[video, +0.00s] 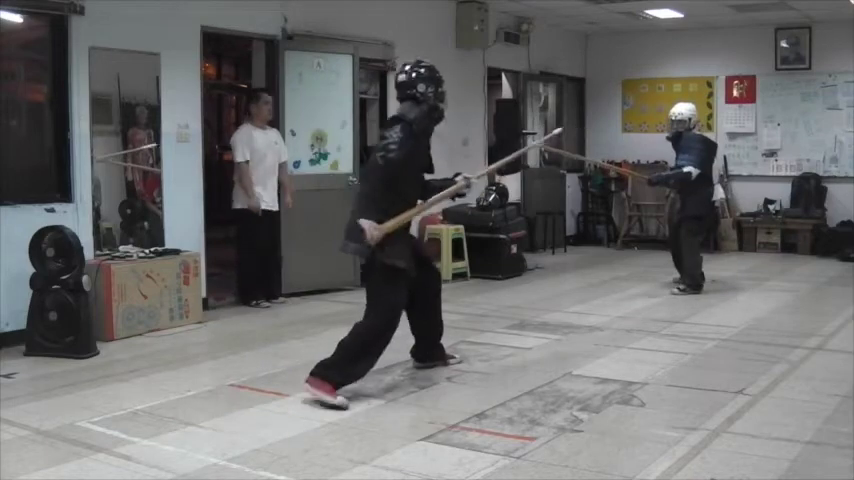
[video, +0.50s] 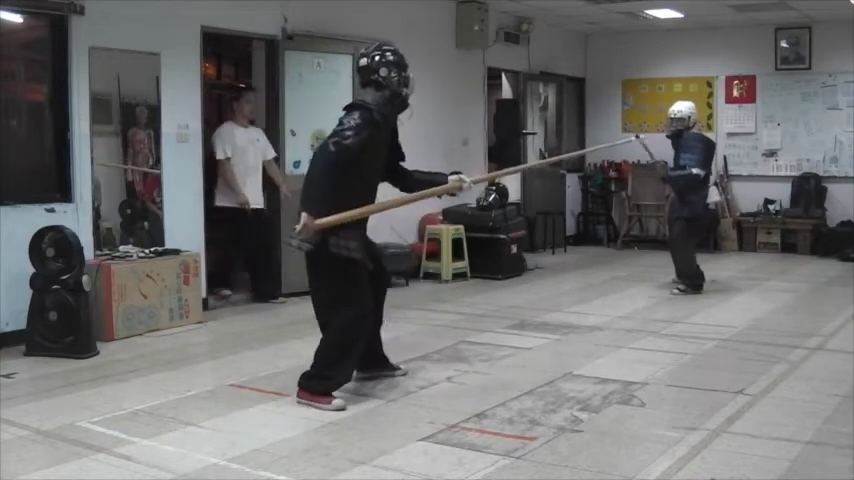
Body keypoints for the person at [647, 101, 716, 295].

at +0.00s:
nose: (676, 126)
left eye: (680, 122)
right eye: (674, 122)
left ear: (690, 122)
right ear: (671, 122)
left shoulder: (696, 141)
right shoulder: (681, 142)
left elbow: (690, 172)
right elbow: (683, 169)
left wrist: (662, 178)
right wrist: (666, 177)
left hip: (697, 198)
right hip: (685, 197)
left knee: (687, 236)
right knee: (676, 235)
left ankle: (693, 282)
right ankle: (687, 274)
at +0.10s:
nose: (676, 125)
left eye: (680, 121)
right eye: (674, 121)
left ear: (690, 122)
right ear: (671, 122)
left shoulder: (696, 141)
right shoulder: (682, 142)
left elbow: (691, 173)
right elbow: (683, 169)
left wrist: (661, 179)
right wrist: (665, 177)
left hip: (695, 197)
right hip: (684, 196)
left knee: (687, 235)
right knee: (677, 235)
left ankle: (693, 282)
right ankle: (686, 274)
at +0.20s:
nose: (676, 125)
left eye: (680, 121)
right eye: (673, 121)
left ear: (690, 122)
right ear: (671, 122)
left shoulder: (696, 141)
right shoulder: (682, 142)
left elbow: (692, 175)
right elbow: (683, 171)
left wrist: (662, 180)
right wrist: (664, 180)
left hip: (693, 198)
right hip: (682, 197)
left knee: (684, 235)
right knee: (677, 234)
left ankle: (693, 281)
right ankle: (686, 275)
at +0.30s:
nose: (674, 125)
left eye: (679, 121)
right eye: (673, 121)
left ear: (689, 121)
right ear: (671, 121)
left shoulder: (694, 141)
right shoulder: (682, 142)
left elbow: (692, 175)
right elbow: (684, 171)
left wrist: (660, 179)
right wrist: (663, 179)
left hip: (690, 197)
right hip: (681, 196)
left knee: (683, 236)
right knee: (677, 235)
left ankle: (692, 281)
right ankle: (686, 275)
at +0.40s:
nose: (674, 125)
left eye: (679, 121)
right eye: (672, 121)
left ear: (689, 121)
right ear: (670, 121)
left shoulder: (695, 141)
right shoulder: (681, 141)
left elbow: (694, 175)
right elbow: (682, 169)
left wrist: (664, 178)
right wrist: (666, 175)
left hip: (691, 199)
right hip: (681, 197)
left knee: (682, 237)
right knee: (677, 236)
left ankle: (693, 281)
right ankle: (686, 276)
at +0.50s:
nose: (674, 125)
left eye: (679, 121)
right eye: (672, 121)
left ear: (690, 121)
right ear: (670, 121)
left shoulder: (696, 141)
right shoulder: (680, 141)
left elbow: (696, 175)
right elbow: (682, 169)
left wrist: (669, 177)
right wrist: (669, 174)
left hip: (693, 198)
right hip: (681, 197)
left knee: (681, 236)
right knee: (676, 236)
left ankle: (693, 282)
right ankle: (685, 276)